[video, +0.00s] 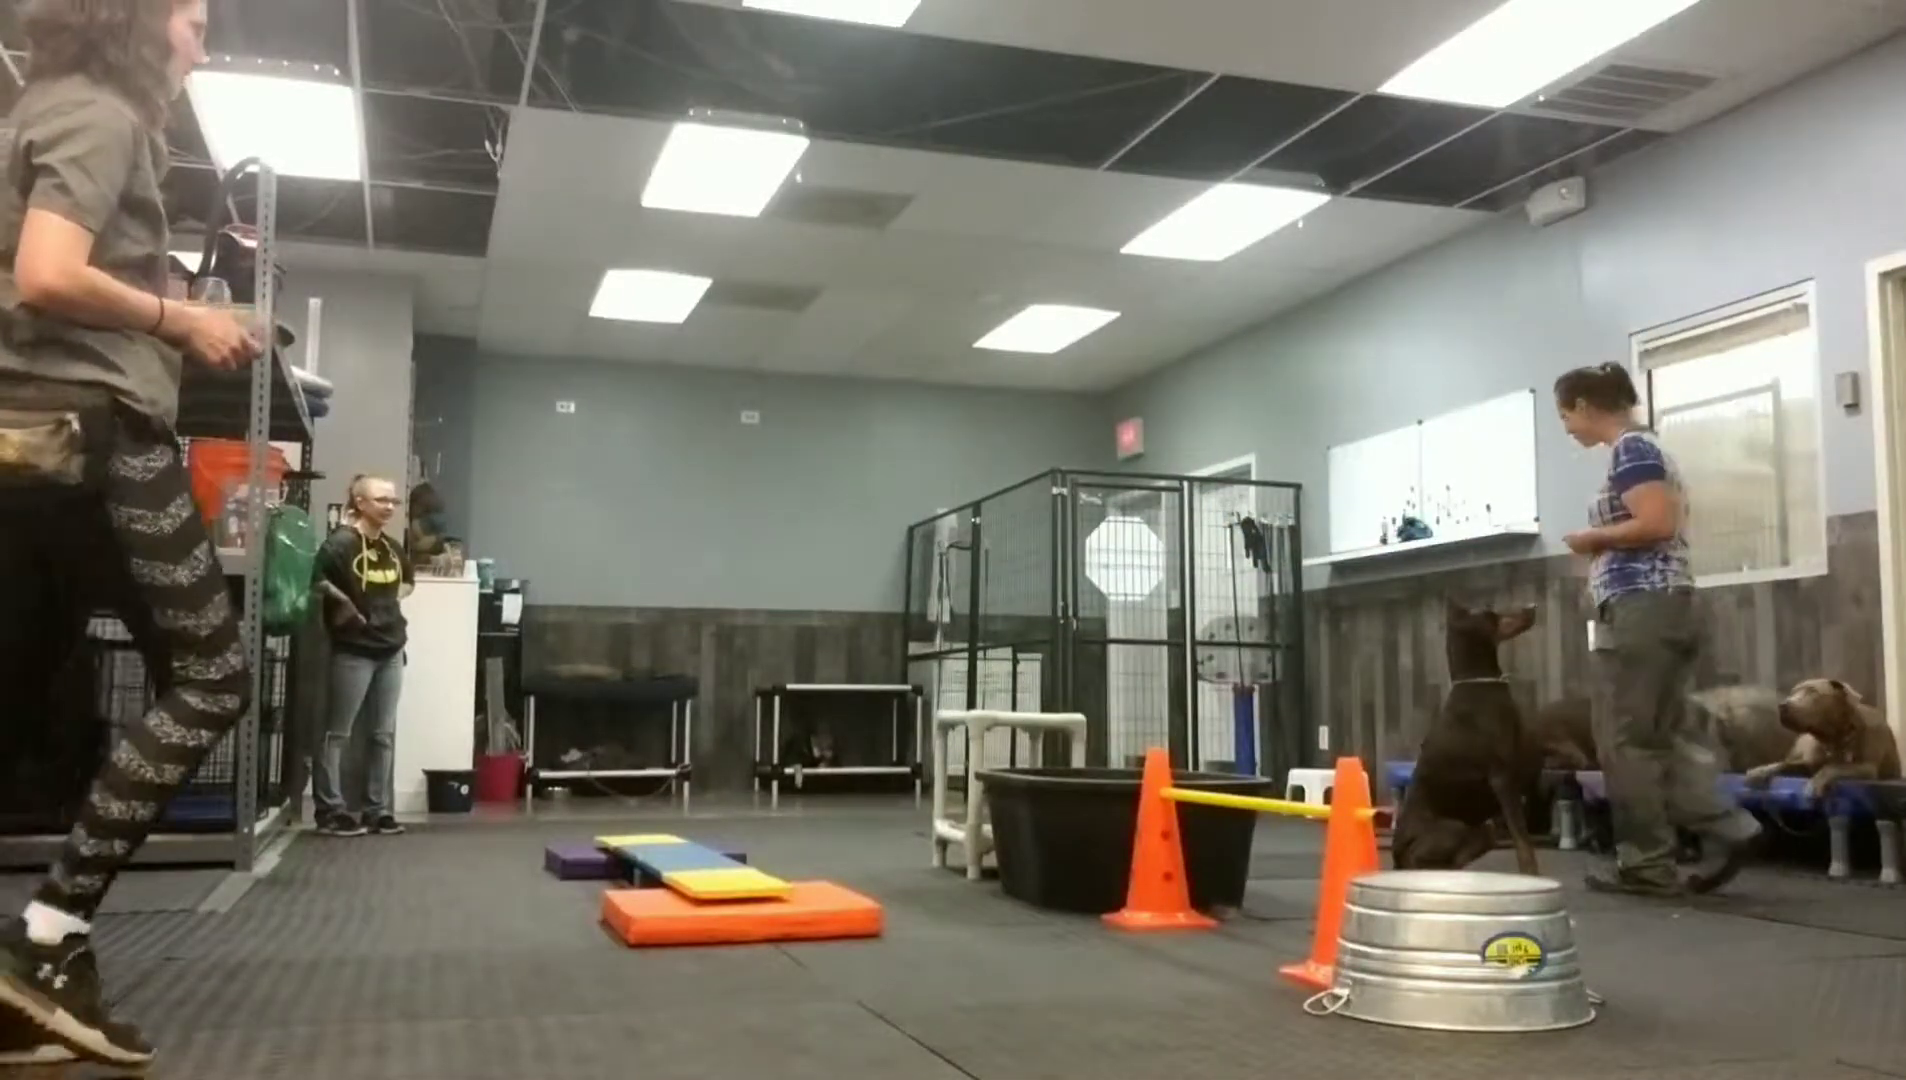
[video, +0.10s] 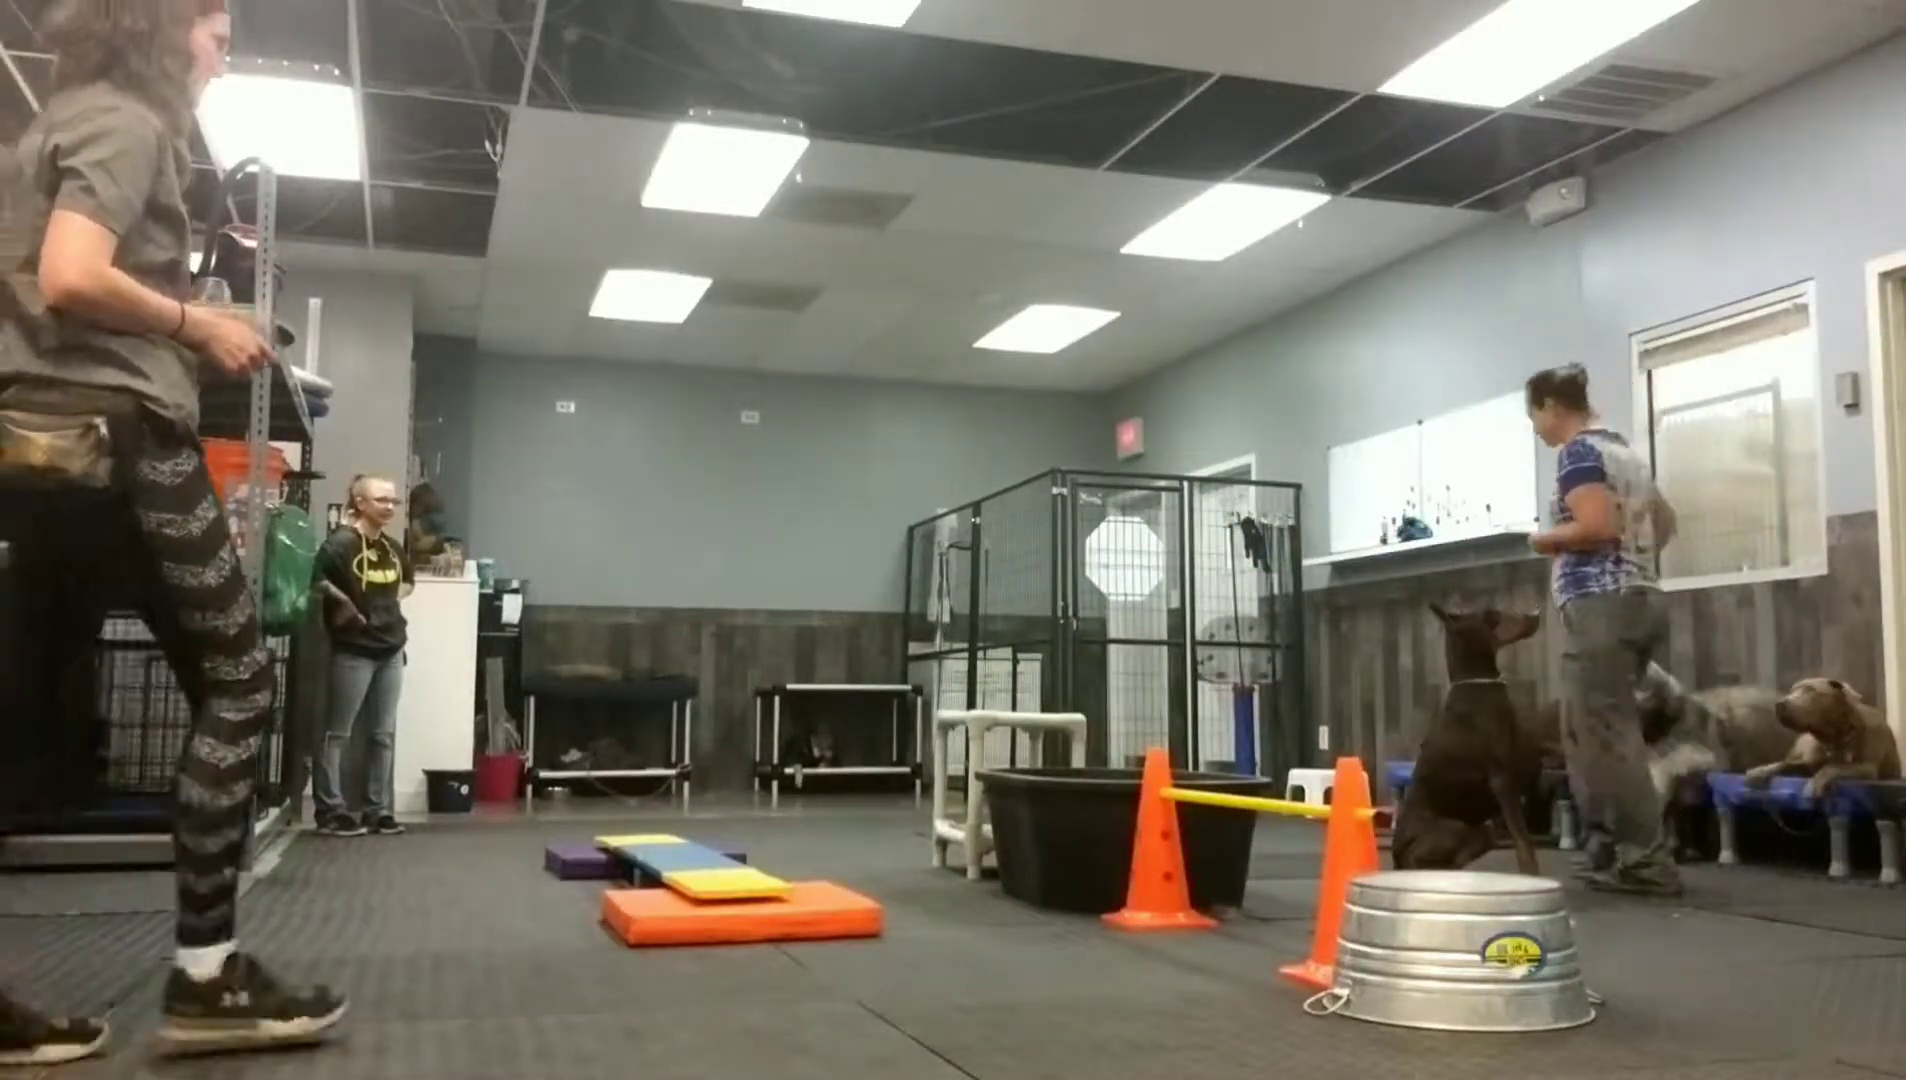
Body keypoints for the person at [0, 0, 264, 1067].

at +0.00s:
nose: (200, 38)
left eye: (202, 19)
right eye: (191, 14)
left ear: (95, 19)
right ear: (136, 15)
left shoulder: (48, 104)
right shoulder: (98, 109)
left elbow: (56, 274)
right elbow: (46, 274)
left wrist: (172, 308)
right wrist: (180, 315)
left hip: (35, 432)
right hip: (97, 437)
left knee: (30, 712)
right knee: (209, 673)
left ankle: (37, 972)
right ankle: (51, 936)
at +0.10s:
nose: (222, 44)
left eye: (224, 24)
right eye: (212, 21)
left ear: (118, 28)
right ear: (158, 24)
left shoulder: (49, 118)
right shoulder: (126, 116)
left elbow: (52, 282)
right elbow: (69, 277)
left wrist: (188, 313)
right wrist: (197, 322)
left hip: (29, 438)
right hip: (115, 441)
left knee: (26, 720)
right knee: (238, 680)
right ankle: (207, 971)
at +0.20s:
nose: (271, 68)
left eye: (269, 50)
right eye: (262, 47)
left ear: (172, 52)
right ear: (212, 48)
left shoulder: (108, 144)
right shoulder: (185, 142)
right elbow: (140, 296)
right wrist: (260, 345)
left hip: (91, 453)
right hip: (168, 455)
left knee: (37, 715)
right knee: (279, 703)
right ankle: (337, 962)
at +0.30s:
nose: (350, 85)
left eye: (347, 64)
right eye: (342, 64)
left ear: (242, 74)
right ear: (304, 70)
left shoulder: (194, 166)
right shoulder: (279, 163)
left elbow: (172, 323)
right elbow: (248, 316)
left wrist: (325, 373)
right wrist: (358, 361)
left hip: (192, 457)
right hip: (274, 458)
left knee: (124, 714)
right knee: (362, 702)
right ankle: (357, 970)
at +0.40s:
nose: (441, 90)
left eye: (438, 71)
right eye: (429, 70)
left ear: (332, 78)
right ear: (380, 73)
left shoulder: (283, 175)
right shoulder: (388, 166)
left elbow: (271, 319)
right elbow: (370, 318)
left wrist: (383, 352)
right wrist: (458, 356)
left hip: (299, 449)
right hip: (373, 449)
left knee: (327, 722)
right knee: (394, 718)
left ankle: (134, 890)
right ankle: (363, 970)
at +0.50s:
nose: (531, 112)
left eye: (528, 93)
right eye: (523, 92)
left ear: (427, 95)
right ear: (487, 94)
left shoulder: (380, 185)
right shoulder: (482, 184)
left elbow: (355, 323)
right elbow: (465, 332)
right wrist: (529, 377)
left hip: (372, 453)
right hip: (443, 459)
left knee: (508, 691)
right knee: (413, 713)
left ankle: (453, 933)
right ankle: (358, 968)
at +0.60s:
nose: (617, 143)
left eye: (615, 125)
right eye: (611, 125)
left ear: (512, 129)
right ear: (579, 128)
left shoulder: (466, 219)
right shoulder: (569, 215)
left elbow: (412, 376)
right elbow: (557, 359)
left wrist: (518, 390)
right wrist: (611, 399)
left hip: (459, 479)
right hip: (532, 482)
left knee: (589, 704)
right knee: (483, 727)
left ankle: (655, 925)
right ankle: (367, 963)